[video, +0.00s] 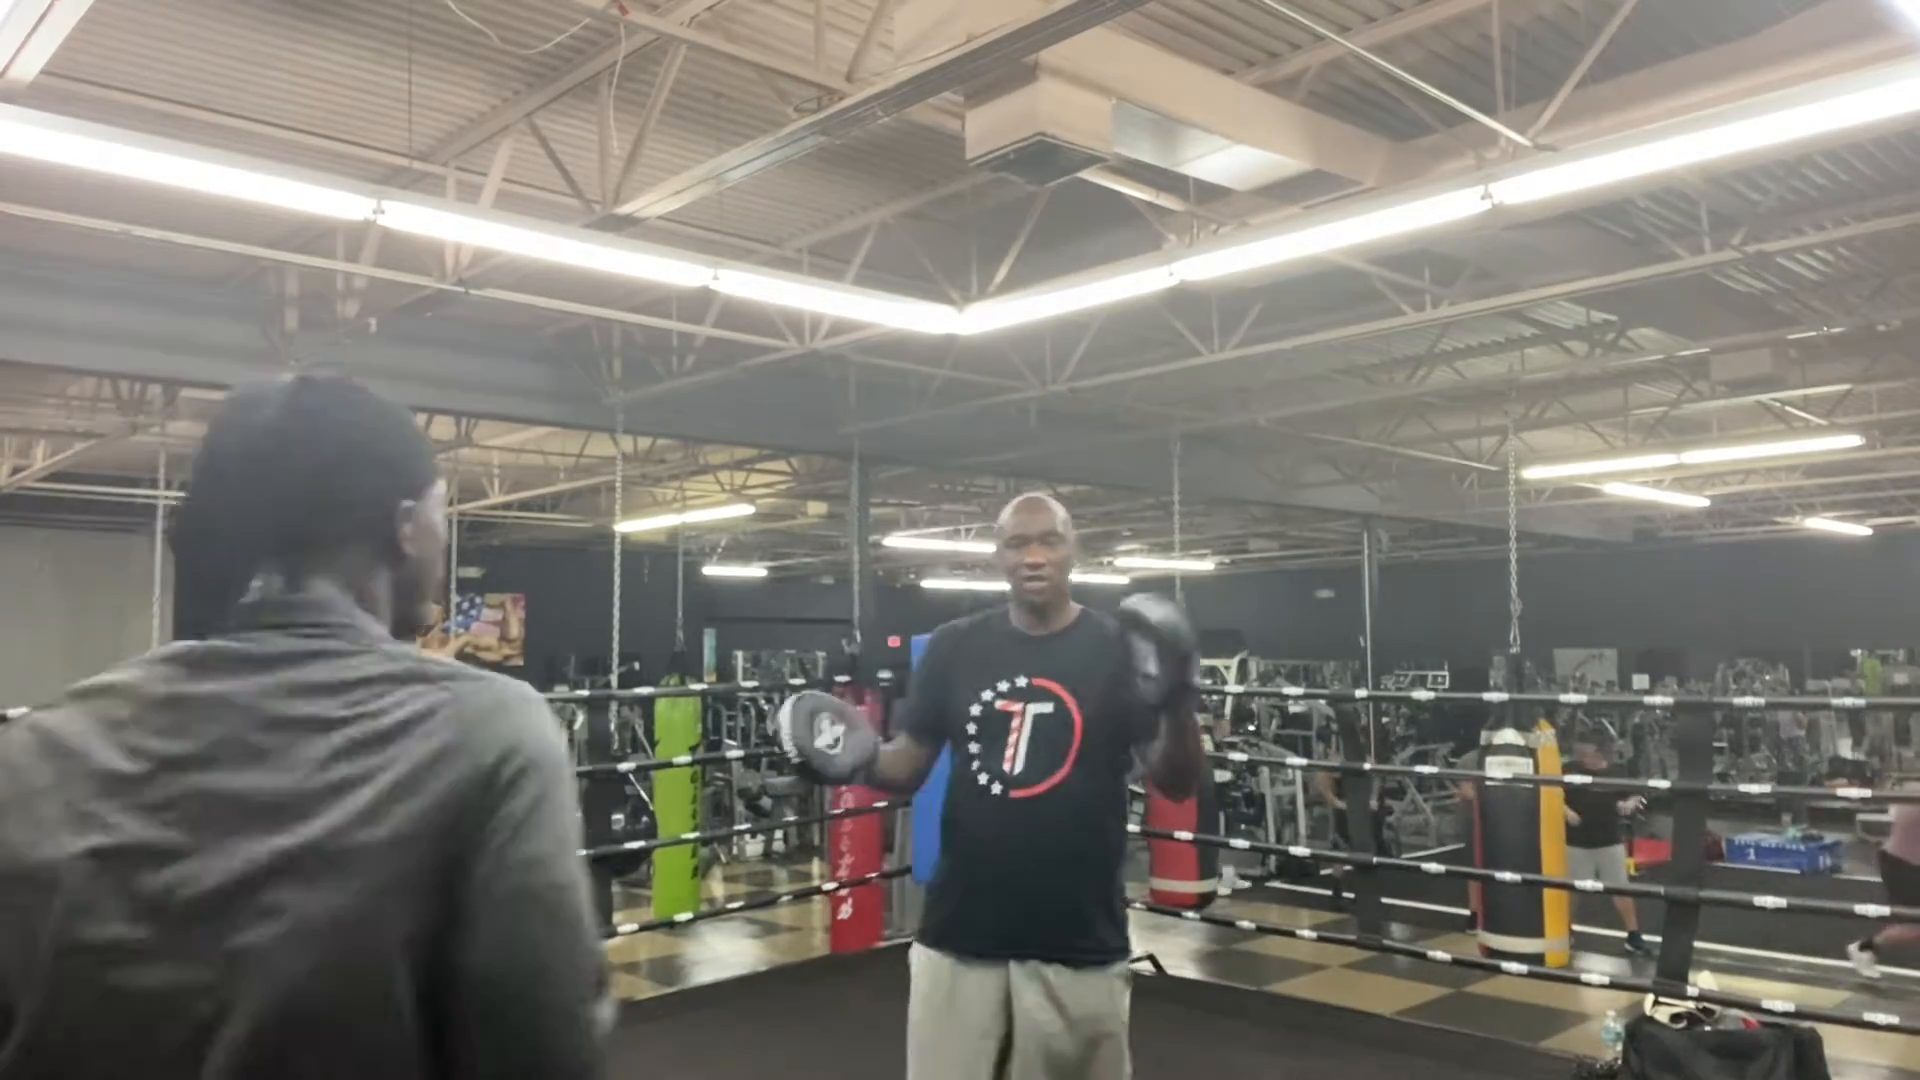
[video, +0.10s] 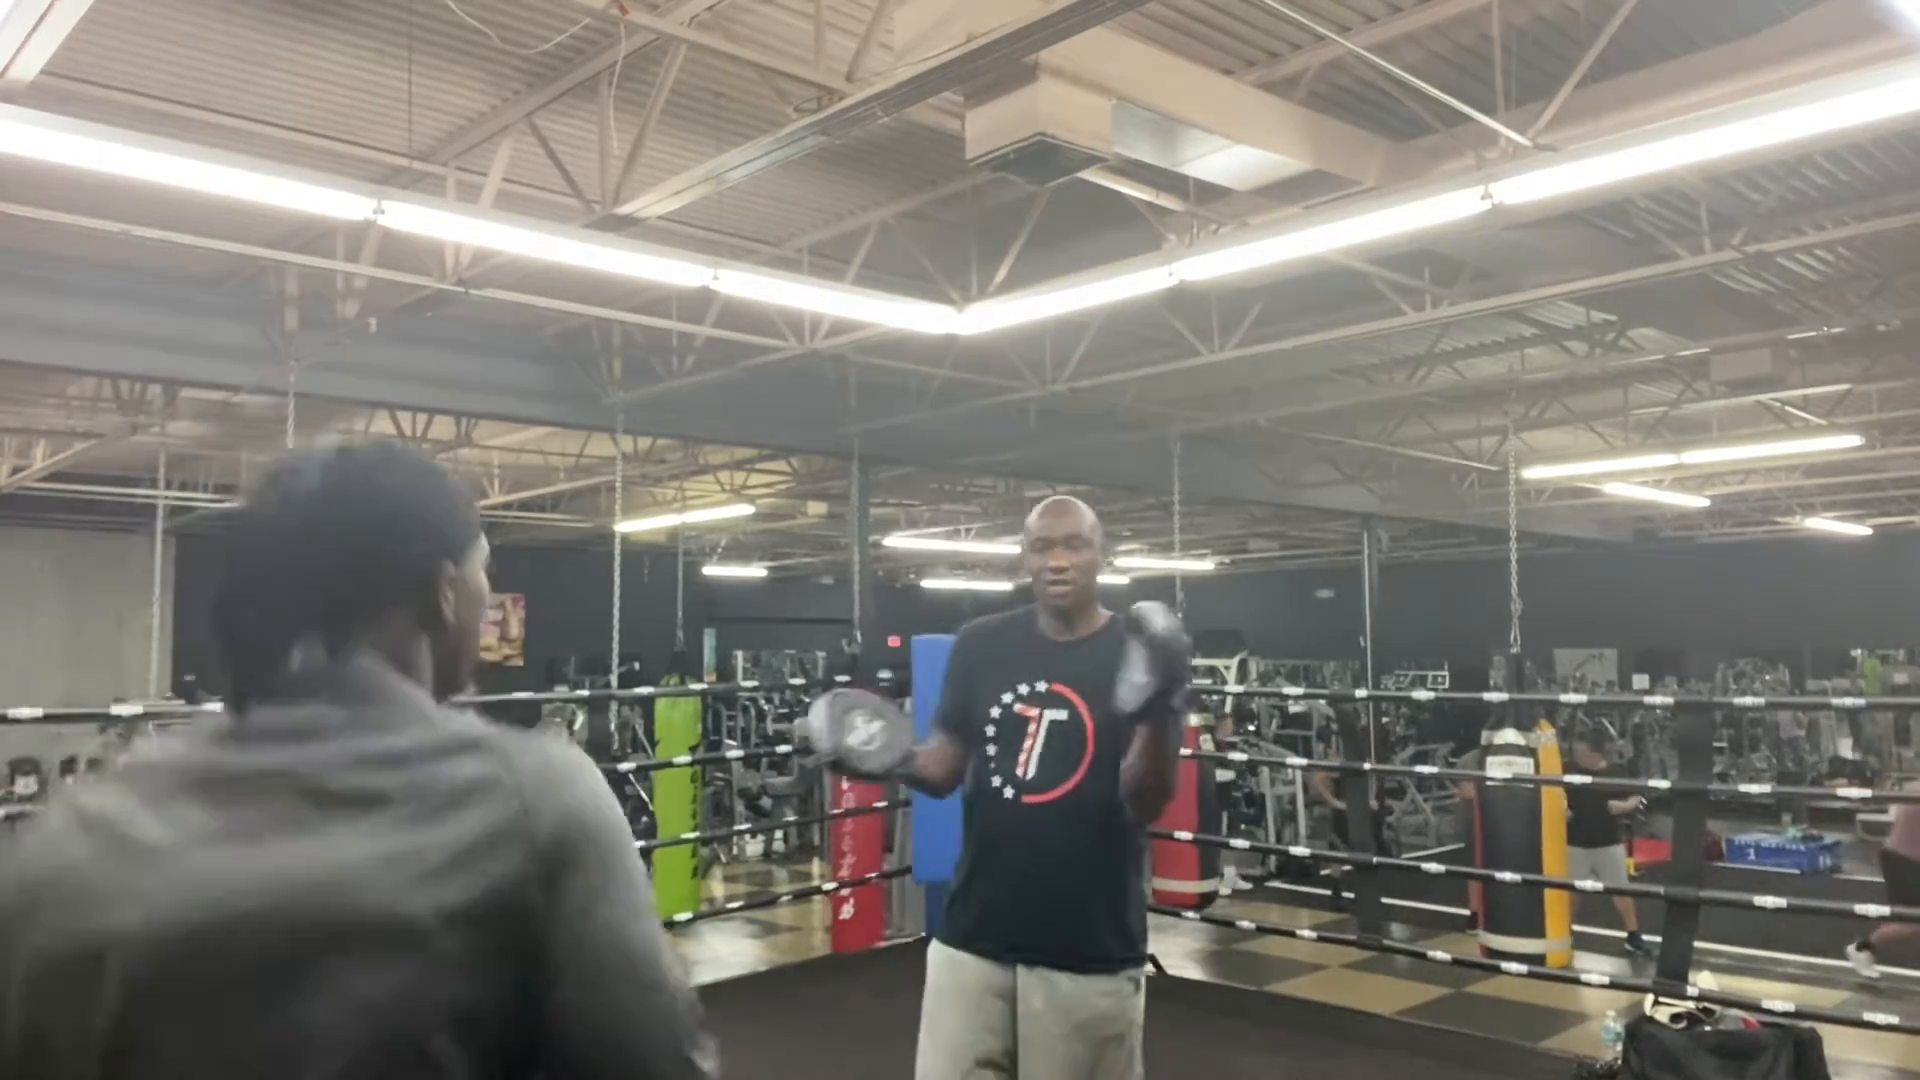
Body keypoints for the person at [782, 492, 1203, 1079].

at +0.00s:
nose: (1033, 556)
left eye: (1049, 541)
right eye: (1017, 544)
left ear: (1074, 553)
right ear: (997, 558)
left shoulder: (1122, 650)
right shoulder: (954, 647)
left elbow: (1177, 784)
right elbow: (908, 764)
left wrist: (1178, 692)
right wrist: (856, 750)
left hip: (1079, 939)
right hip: (961, 934)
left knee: (1081, 1072)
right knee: (942, 1072)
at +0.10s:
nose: (1057, 561)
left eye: (1074, 546)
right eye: (1042, 547)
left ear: (1102, 556)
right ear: (1024, 560)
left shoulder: (1140, 652)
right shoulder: (980, 644)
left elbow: (1146, 804)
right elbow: (944, 768)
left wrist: (1158, 699)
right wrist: (894, 751)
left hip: (1090, 945)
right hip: (976, 936)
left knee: (1083, 1073)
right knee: (947, 1072)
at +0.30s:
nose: (1075, 566)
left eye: (1094, 551)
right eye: (1062, 551)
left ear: (1126, 560)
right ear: (1048, 561)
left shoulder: (1162, 664)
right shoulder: (1012, 634)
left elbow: (1150, 807)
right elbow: (965, 767)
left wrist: (1068, 757)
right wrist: (994, 732)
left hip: (1106, 957)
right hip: (997, 940)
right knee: (972, 1072)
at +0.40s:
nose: (1082, 568)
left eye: (1100, 552)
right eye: (1068, 553)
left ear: (1131, 560)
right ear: (1052, 562)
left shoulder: (1170, 666)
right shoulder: (1021, 639)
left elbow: (1177, 806)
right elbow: (973, 761)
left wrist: (1086, 772)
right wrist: (988, 753)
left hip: (1113, 959)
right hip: (1008, 943)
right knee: (993, 1072)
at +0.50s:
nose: (1085, 568)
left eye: (1102, 552)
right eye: (1070, 553)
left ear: (1132, 560)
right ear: (1054, 564)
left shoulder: (1176, 671)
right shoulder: (1027, 642)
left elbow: (1205, 809)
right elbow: (996, 746)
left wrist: (1105, 788)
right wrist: (982, 777)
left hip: (1115, 967)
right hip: (1011, 946)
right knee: (987, 1072)